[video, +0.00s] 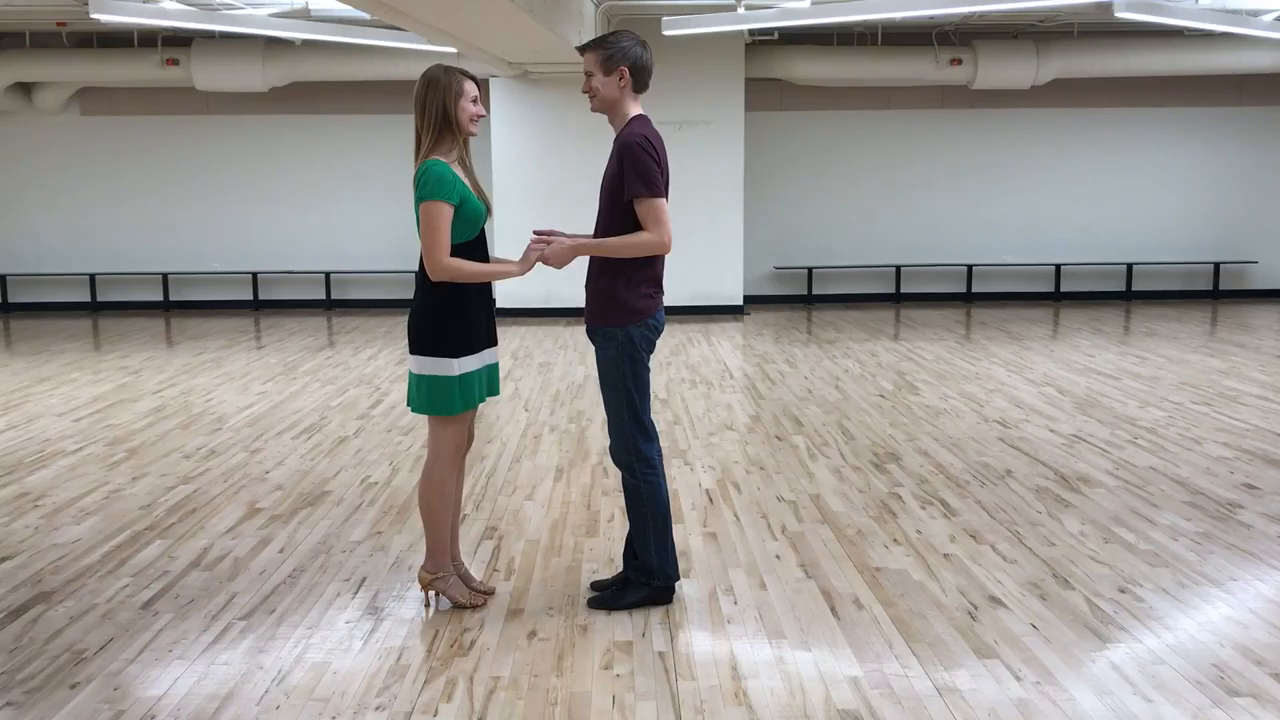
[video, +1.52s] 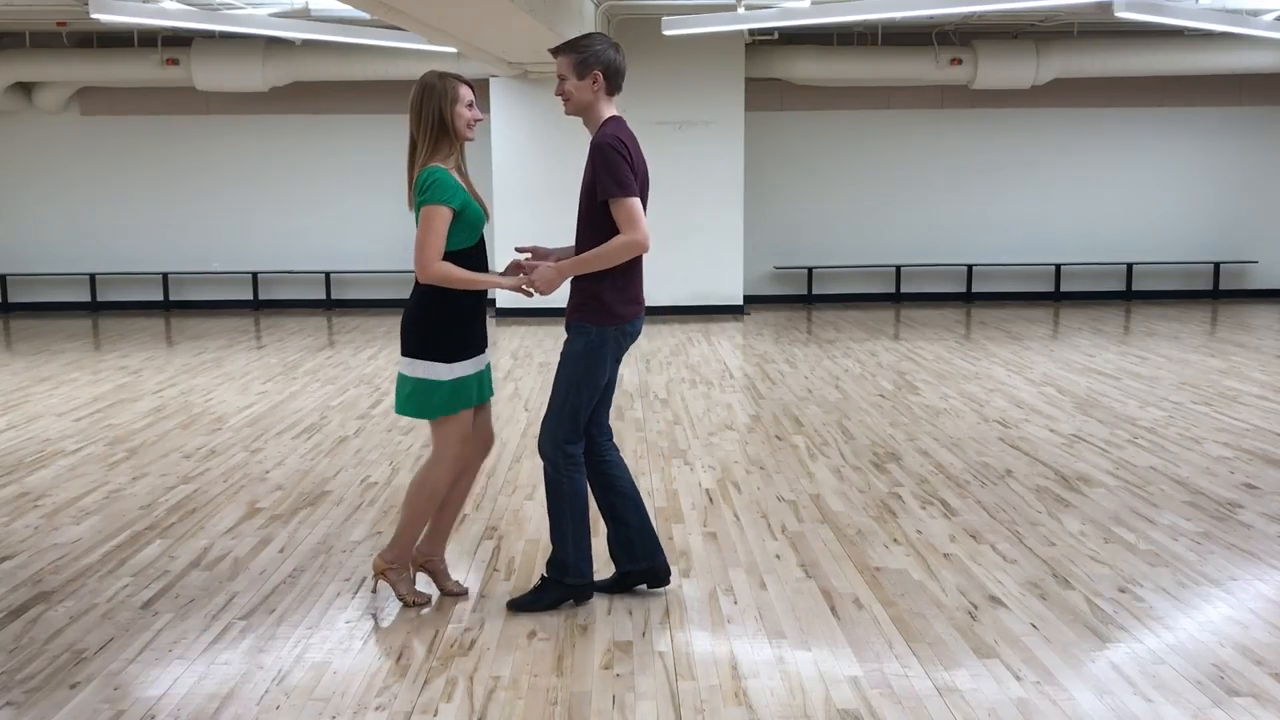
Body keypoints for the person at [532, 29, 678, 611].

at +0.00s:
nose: (584, 86)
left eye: (590, 75)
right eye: (584, 76)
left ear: (620, 76)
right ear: (621, 77)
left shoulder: (636, 142)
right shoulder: (630, 138)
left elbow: (659, 239)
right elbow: (636, 235)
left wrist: (578, 245)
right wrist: (573, 243)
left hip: (627, 320)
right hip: (621, 317)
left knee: (635, 450)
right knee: (632, 448)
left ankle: (654, 576)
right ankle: (645, 569)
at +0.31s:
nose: (582, 87)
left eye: (588, 76)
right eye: (582, 77)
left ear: (619, 77)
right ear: (620, 77)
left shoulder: (635, 142)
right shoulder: (629, 138)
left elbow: (659, 238)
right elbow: (636, 235)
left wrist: (578, 243)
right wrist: (573, 241)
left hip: (627, 320)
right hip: (621, 317)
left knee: (635, 449)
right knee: (631, 447)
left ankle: (654, 576)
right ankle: (645, 568)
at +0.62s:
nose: (576, 88)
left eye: (583, 77)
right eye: (576, 78)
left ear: (613, 77)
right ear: (614, 79)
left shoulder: (630, 142)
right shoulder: (625, 137)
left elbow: (653, 236)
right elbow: (631, 232)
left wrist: (575, 231)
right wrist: (570, 227)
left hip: (625, 319)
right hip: (620, 316)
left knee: (634, 449)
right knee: (630, 446)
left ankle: (654, 576)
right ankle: (645, 567)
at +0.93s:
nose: (567, 91)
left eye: (574, 81)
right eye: (567, 81)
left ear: (605, 81)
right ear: (607, 83)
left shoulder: (620, 146)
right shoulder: (623, 141)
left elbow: (644, 241)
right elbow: (628, 236)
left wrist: (567, 236)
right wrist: (561, 234)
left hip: (613, 321)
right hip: (622, 316)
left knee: (589, 444)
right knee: (625, 437)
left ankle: (645, 572)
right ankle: (653, 568)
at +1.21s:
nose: (558, 92)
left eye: (564, 81)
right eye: (558, 81)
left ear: (595, 83)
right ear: (597, 84)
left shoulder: (612, 146)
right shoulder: (612, 141)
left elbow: (636, 241)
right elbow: (610, 239)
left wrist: (560, 268)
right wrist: (552, 254)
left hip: (606, 320)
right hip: (614, 315)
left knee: (559, 438)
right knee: (610, 436)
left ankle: (574, 575)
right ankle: (649, 569)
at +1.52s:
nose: (556, 90)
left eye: (563, 80)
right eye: (557, 80)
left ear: (595, 80)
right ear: (597, 82)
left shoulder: (610, 144)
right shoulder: (613, 140)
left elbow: (636, 238)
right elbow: (614, 240)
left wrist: (563, 270)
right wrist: (557, 256)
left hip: (602, 319)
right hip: (607, 314)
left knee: (559, 442)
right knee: (592, 440)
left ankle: (569, 576)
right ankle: (644, 563)